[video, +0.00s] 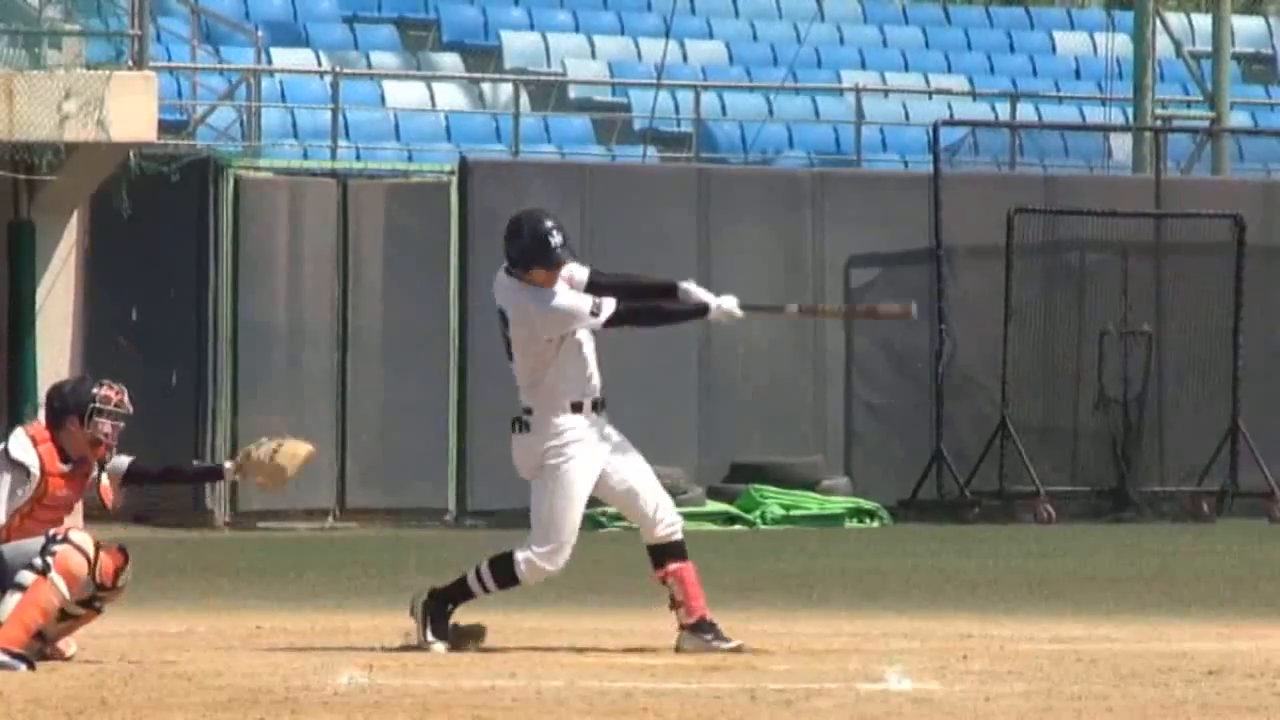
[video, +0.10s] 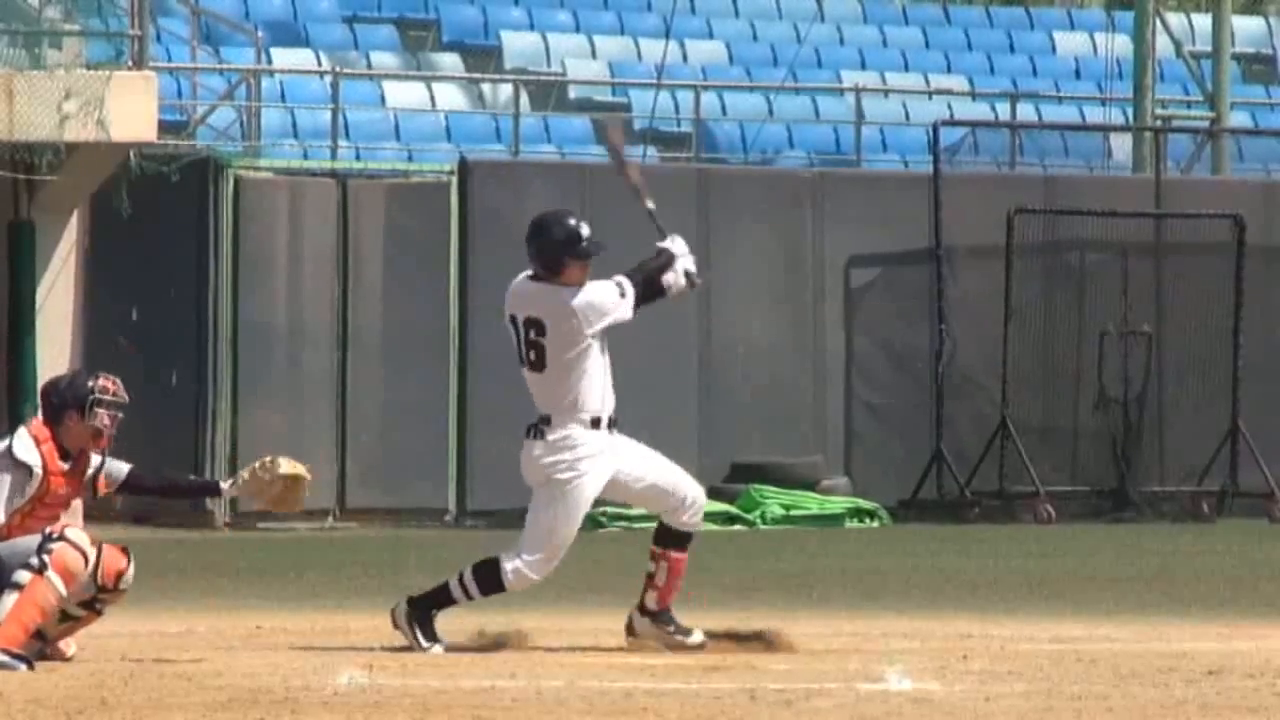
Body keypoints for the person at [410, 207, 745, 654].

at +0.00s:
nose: (556, 272)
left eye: (557, 262)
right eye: (546, 266)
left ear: (556, 253)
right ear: (520, 266)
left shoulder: (535, 269)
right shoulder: (542, 305)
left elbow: (604, 284)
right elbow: (625, 315)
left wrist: (678, 289)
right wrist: (704, 311)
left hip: (590, 424)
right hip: (557, 431)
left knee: (660, 516)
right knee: (547, 555)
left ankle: (695, 624)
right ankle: (440, 603)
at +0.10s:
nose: (587, 265)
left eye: (587, 257)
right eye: (579, 259)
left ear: (544, 261)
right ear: (553, 262)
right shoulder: (578, 306)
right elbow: (633, 284)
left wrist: (671, 281)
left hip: (598, 440)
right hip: (567, 447)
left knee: (688, 500)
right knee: (531, 566)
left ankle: (652, 615)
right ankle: (419, 609)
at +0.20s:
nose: (630, 268)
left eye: (628, 260)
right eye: (622, 263)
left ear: (584, 265)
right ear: (600, 268)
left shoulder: (555, 298)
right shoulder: (616, 313)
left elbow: (614, 290)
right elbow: (660, 285)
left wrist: (659, 261)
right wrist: (673, 256)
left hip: (604, 455)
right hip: (579, 459)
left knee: (676, 530)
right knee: (527, 570)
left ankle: (596, 612)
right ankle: (411, 611)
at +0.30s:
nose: (684, 276)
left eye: (684, 268)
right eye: (677, 268)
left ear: (636, 267)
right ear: (652, 270)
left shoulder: (602, 299)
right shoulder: (664, 318)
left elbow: (667, 314)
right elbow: (713, 315)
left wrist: (718, 305)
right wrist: (719, 295)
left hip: (604, 453)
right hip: (599, 458)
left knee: (655, 541)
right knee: (575, 584)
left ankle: (575, 623)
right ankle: (450, 594)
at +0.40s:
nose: (733, 284)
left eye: (733, 275)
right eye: (726, 276)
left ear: (687, 276)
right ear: (704, 279)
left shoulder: (660, 302)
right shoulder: (702, 336)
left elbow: (696, 353)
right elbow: (743, 403)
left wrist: (748, 344)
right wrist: (789, 379)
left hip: (590, 445)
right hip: (617, 453)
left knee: (645, 543)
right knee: (680, 564)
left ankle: (579, 615)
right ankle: (560, 582)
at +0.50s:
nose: (769, 282)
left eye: (769, 272)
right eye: (763, 273)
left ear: (725, 274)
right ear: (741, 277)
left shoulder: (701, 300)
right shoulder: (727, 334)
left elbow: (696, 353)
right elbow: (750, 420)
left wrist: (746, 342)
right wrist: (817, 438)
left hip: (619, 433)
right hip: (641, 443)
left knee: (643, 540)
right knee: (733, 527)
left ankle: (572, 621)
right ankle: (634, 598)